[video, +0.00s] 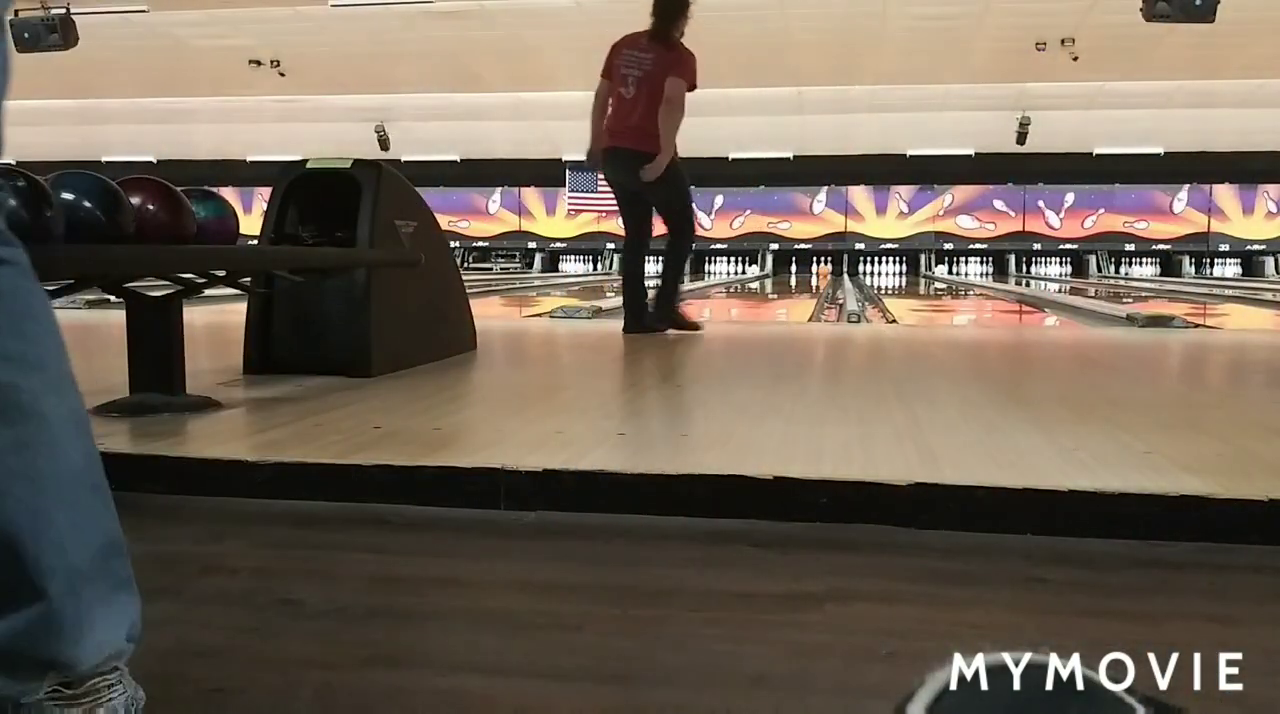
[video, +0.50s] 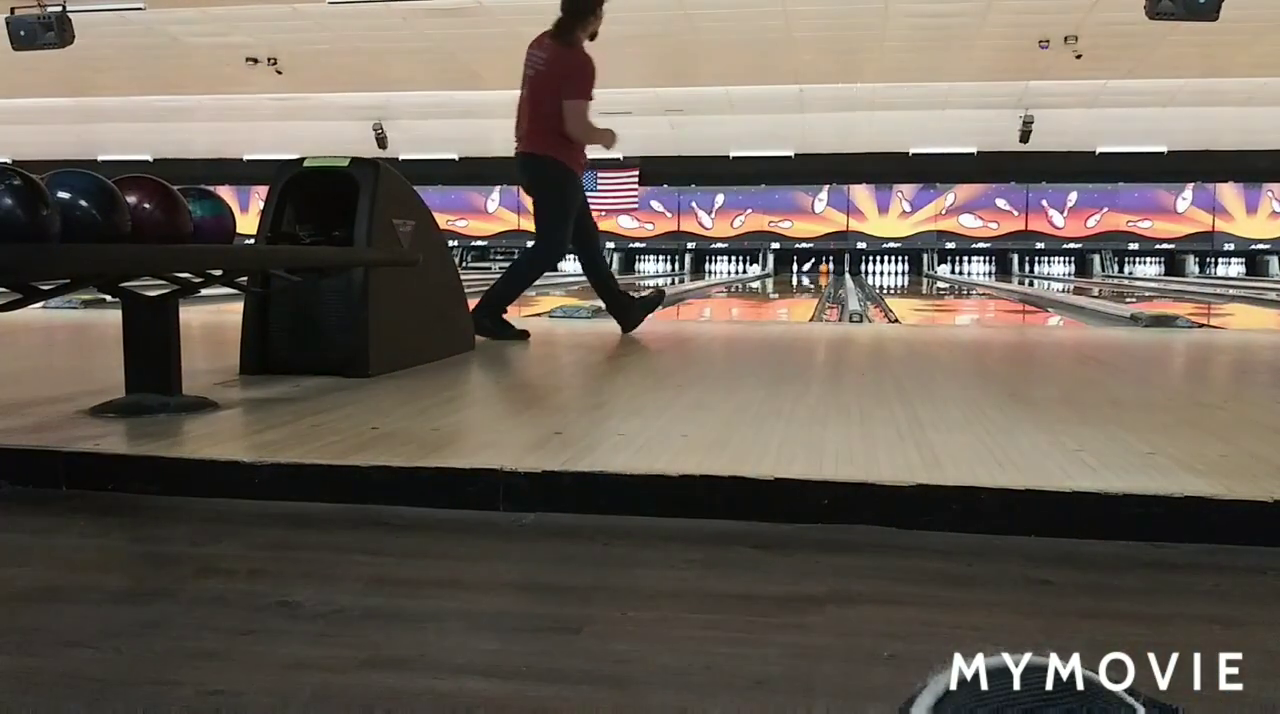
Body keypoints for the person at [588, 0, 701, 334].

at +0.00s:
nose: (687, 21)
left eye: (686, 15)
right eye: (686, 15)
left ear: (655, 13)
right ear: (682, 17)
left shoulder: (623, 44)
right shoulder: (680, 56)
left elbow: (601, 97)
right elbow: (671, 102)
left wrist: (596, 141)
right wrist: (666, 152)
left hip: (614, 153)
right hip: (653, 156)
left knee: (636, 232)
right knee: (682, 229)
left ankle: (635, 317)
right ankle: (665, 306)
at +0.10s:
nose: (670, 17)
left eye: (670, 11)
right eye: (670, 11)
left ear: (637, 9)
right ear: (665, 13)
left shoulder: (606, 41)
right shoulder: (663, 53)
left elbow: (585, 93)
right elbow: (659, 108)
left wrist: (575, 139)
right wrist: (660, 160)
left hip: (602, 150)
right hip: (636, 153)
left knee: (626, 231)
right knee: (651, 232)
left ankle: (636, 311)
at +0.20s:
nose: (654, 16)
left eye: (654, 11)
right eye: (654, 10)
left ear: (620, 8)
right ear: (648, 12)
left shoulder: (591, 41)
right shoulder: (646, 53)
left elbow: (572, 96)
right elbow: (649, 118)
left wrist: (564, 141)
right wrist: (659, 170)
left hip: (586, 151)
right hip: (619, 156)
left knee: (618, 234)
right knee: (617, 234)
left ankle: (634, 313)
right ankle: (558, 300)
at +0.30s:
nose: (638, 18)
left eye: (638, 11)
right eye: (637, 11)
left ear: (604, 8)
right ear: (630, 12)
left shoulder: (576, 40)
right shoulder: (628, 55)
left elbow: (561, 97)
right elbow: (633, 120)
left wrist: (567, 139)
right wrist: (656, 164)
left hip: (571, 152)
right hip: (597, 157)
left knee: (612, 233)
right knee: (585, 237)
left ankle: (632, 313)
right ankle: (518, 303)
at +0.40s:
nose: (620, 19)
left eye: (620, 12)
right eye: (619, 12)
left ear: (585, 10)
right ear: (611, 15)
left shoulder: (557, 44)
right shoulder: (604, 59)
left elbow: (550, 102)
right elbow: (610, 125)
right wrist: (637, 144)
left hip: (550, 156)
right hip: (574, 162)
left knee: (597, 238)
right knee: (559, 244)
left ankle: (629, 311)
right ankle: (495, 309)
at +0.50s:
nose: (601, 22)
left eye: (600, 15)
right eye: (600, 15)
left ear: (567, 11)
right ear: (590, 17)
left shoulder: (540, 45)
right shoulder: (577, 61)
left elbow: (530, 110)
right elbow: (575, 125)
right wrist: (604, 136)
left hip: (532, 160)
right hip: (555, 165)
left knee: (585, 239)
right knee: (551, 248)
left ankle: (624, 310)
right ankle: (486, 312)